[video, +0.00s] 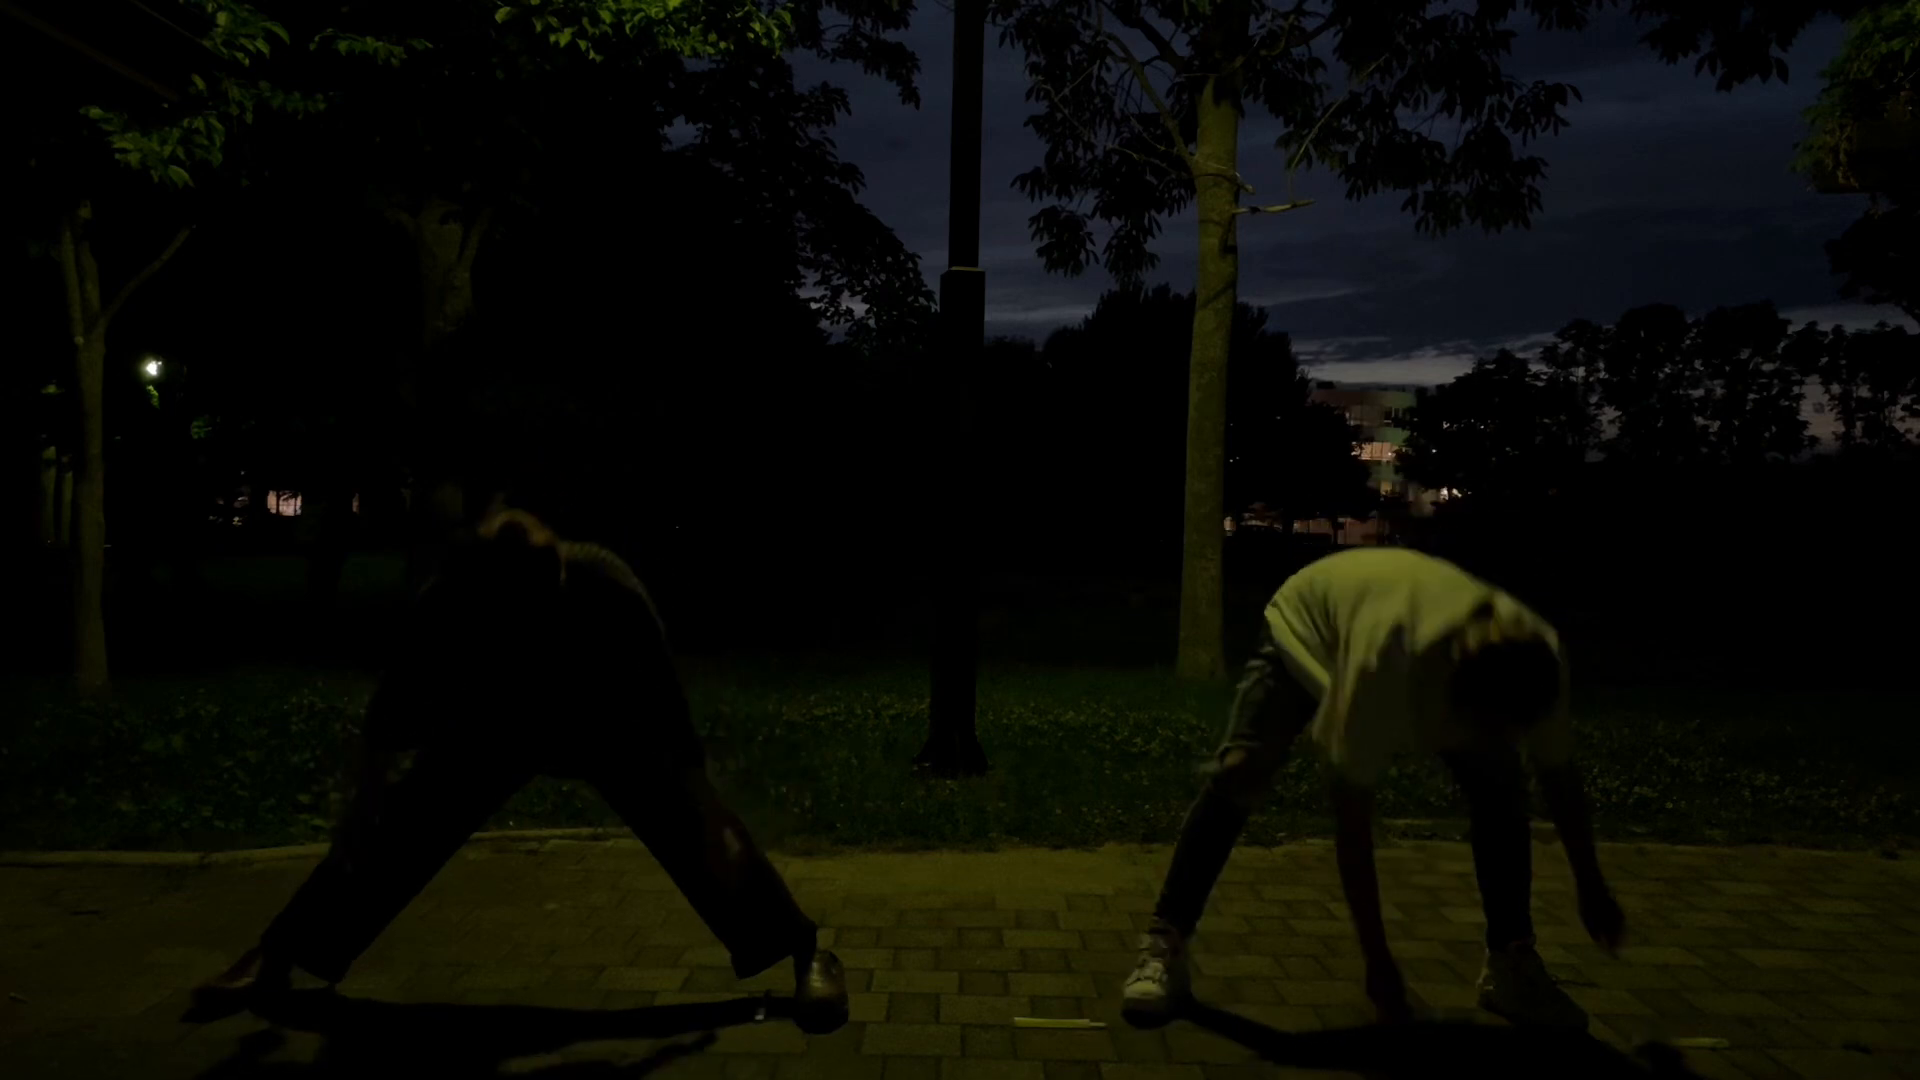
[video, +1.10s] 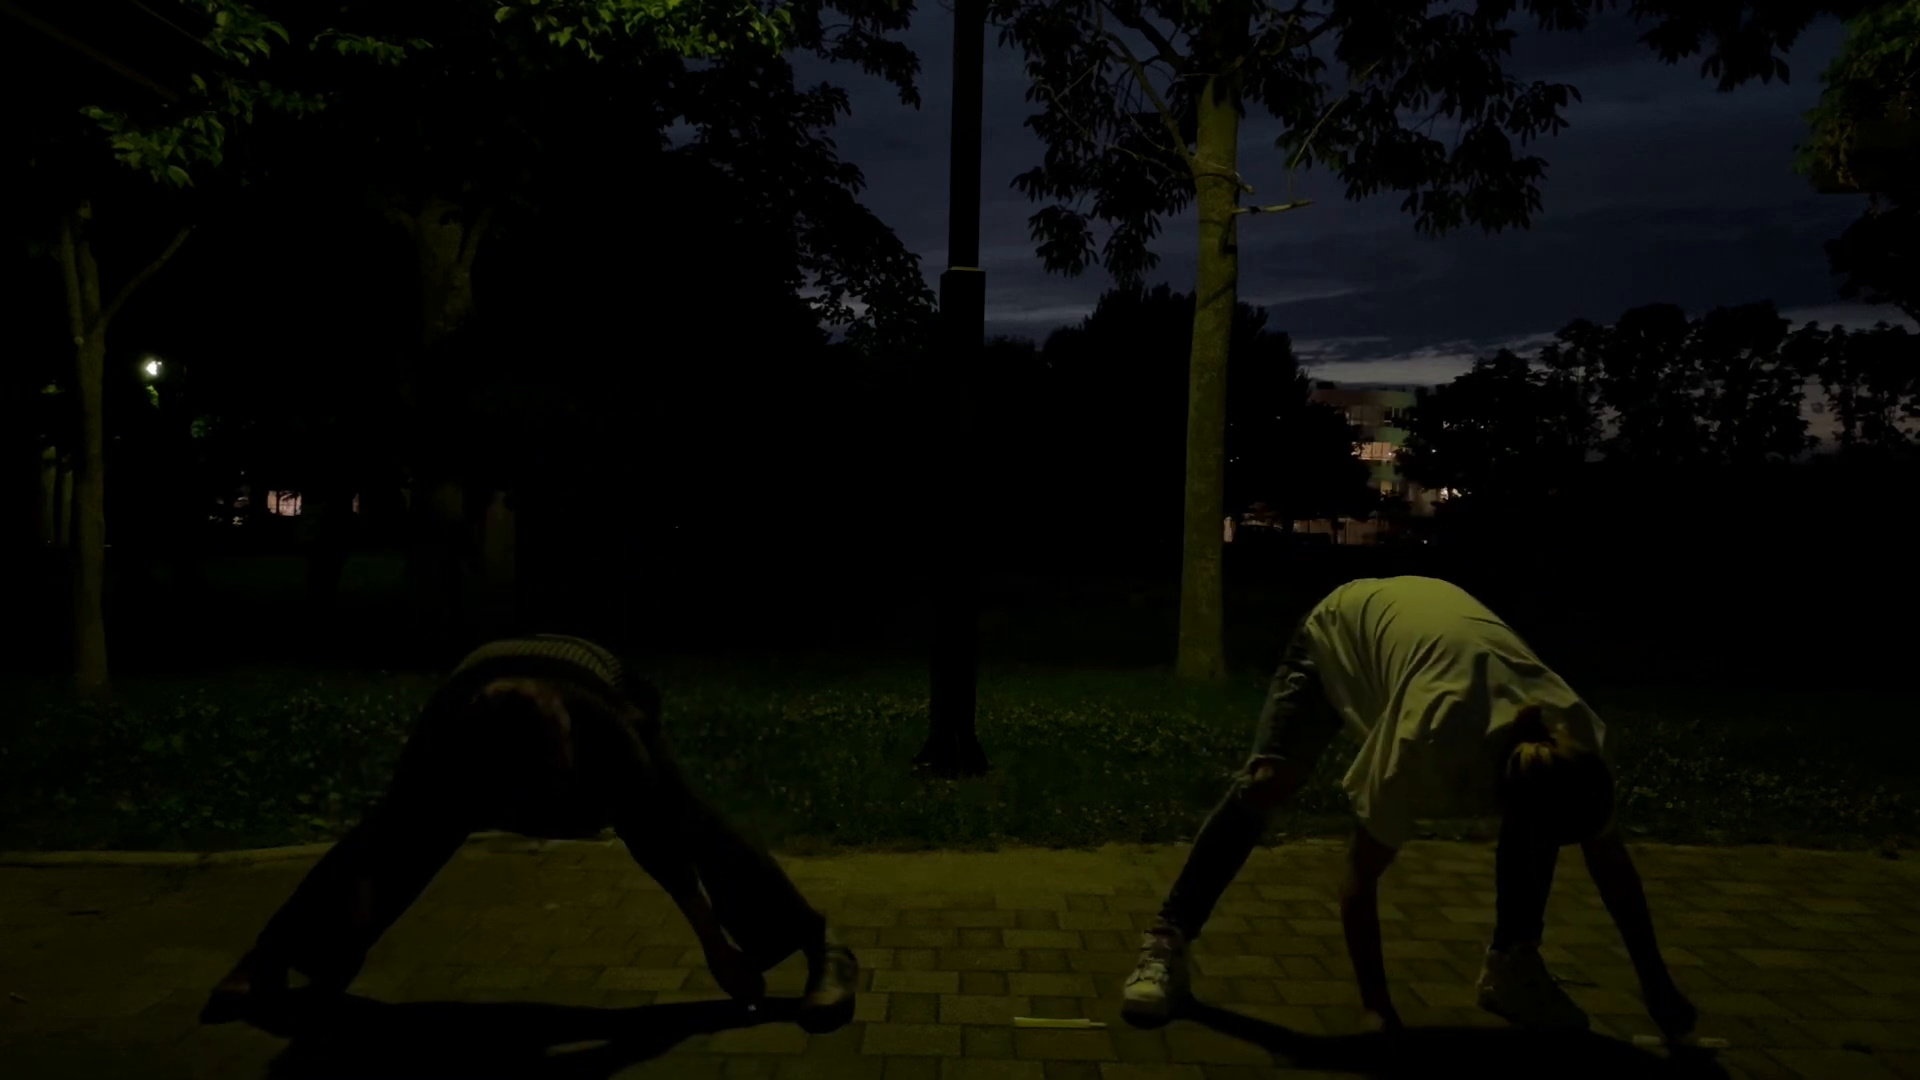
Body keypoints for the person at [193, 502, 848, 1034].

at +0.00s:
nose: (520, 585)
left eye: (529, 566)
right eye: (502, 570)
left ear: (551, 556)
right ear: (478, 568)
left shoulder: (601, 590)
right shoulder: (452, 601)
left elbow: (656, 695)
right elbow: (400, 701)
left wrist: (692, 793)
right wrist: (371, 783)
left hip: (607, 736)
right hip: (488, 739)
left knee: (700, 841)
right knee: (384, 845)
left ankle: (807, 957)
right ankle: (276, 963)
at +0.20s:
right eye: (501, 686)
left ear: (560, 685)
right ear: (473, 684)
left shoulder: (591, 653)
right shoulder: (443, 672)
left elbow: (661, 784)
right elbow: (379, 825)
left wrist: (709, 892)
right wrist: (277, 951)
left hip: (602, 738)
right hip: (478, 746)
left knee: (703, 836)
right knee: (387, 853)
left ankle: (804, 950)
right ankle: (283, 966)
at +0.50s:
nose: (491, 736)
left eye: (503, 723)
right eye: (479, 726)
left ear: (540, 727)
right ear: (456, 727)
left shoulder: (601, 738)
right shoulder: (438, 742)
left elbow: (665, 832)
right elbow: (372, 849)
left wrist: (722, 933)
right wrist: (321, 959)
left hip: (602, 683)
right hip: (485, 679)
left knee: (702, 827)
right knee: (393, 850)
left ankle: (803, 952)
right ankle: (302, 969)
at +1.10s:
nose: (535, 776)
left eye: (544, 758)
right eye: (516, 760)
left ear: (567, 740)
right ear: (479, 741)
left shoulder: (609, 749)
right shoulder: (448, 746)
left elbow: (668, 851)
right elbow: (370, 857)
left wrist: (721, 951)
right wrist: (281, 967)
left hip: (602, 685)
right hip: (481, 686)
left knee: (702, 832)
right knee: (393, 856)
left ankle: (815, 952)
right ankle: (291, 976)